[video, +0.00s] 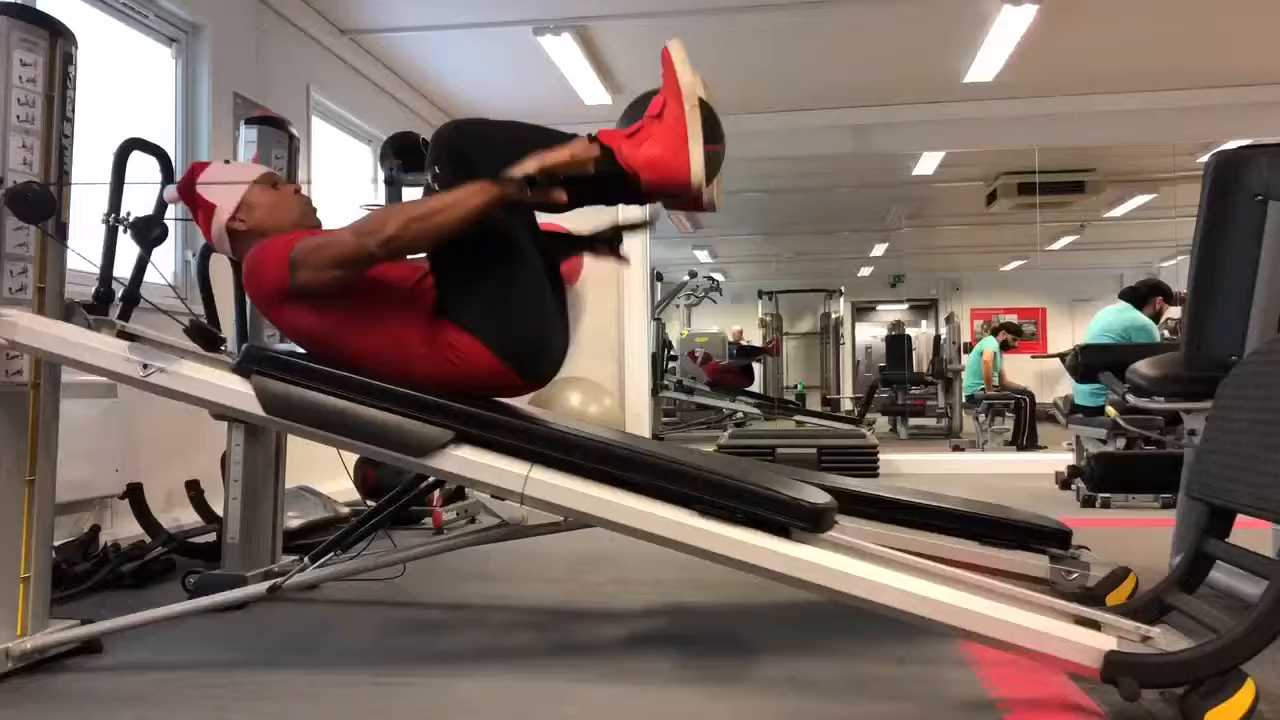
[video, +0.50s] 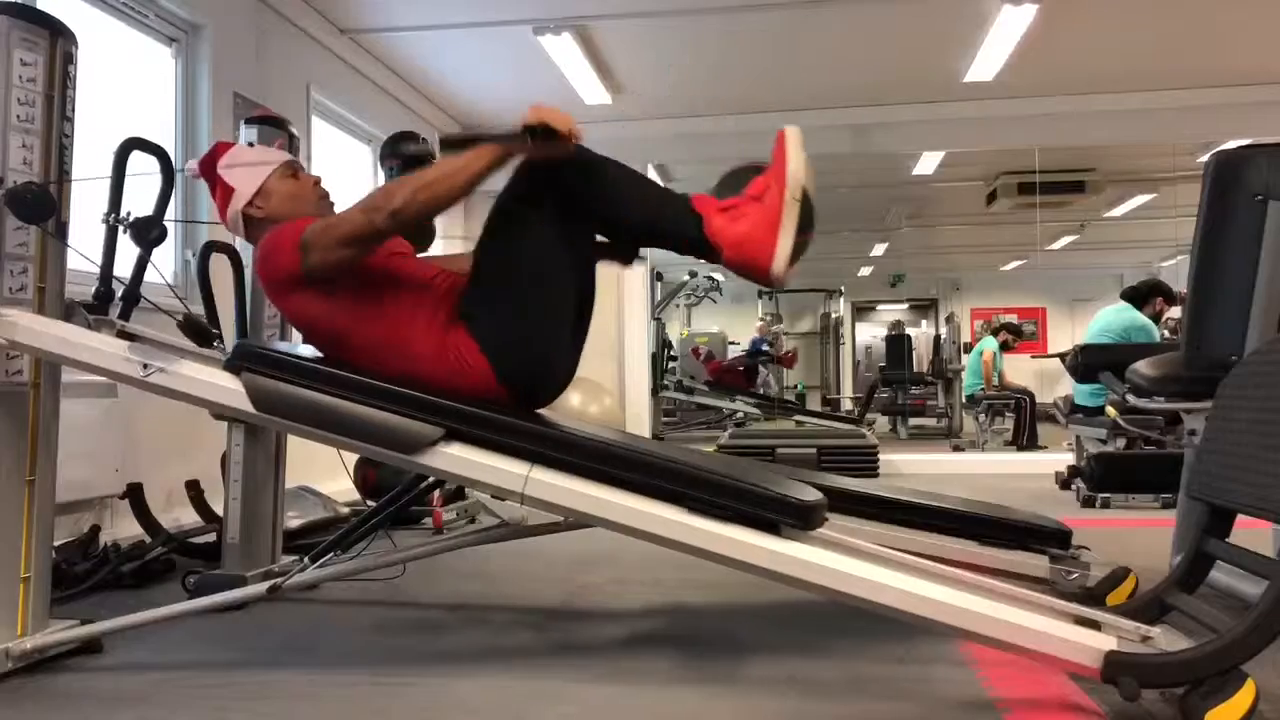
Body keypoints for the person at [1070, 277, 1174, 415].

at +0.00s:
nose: (1163, 313)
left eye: (1166, 309)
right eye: (1165, 308)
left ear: (1139, 297)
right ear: (1158, 303)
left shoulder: (1107, 312)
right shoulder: (1143, 324)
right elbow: (1156, 371)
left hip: (1081, 398)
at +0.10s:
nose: (1164, 314)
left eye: (1167, 309)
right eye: (1166, 308)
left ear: (1139, 298)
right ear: (1159, 303)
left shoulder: (1106, 312)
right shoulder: (1143, 324)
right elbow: (1156, 370)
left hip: (1081, 398)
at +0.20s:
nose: (1165, 314)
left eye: (1168, 309)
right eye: (1166, 308)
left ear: (1139, 298)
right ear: (1159, 303)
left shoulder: (1106, 312)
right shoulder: (1143, 324)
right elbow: (1157, 370)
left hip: (1082, 398)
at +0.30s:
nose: (1165, 313)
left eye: (1168, 309)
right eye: (1167, 308)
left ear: (1140, 298)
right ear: (1159, 303)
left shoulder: (1107, 312)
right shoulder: (1143, 324)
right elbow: (1157, 370)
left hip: (1081, 398)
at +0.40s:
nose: (1165, 314)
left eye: (1168, 309)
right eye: (1166, 308)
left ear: (1140, 299)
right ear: (1159, 303)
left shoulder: (1106, 312)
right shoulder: (1143, 325)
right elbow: (1156, 370)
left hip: (1081, 397)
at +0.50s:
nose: (1164, 315)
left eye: (1167, 310)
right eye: (1166, 309)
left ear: (1140, 298)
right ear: (1159, 303)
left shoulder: (1106, 312)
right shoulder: (1143, 325)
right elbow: (1156, 370)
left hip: (1081, 397)